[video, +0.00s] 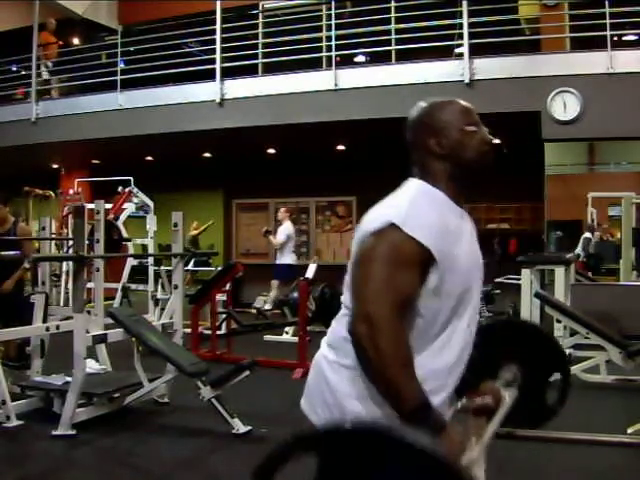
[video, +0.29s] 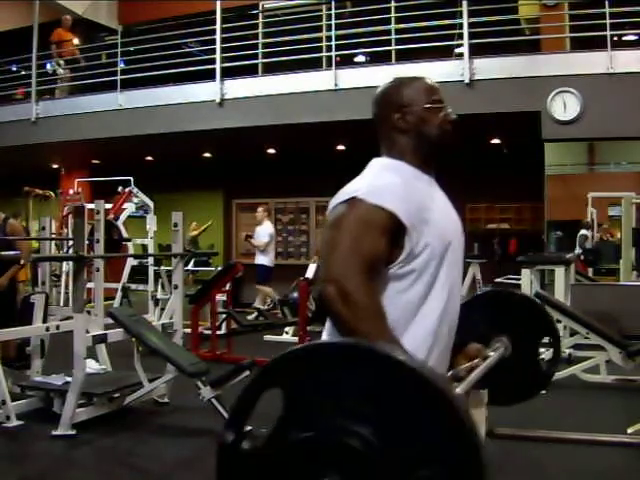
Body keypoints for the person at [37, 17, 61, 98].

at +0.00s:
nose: (53, 26)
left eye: (54, 24)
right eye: (51, 24)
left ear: (55, 25)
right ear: (47, 25)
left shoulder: (52, 36)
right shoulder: (44, 35)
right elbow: (40, 48)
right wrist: (43, 59)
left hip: (53, 60)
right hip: (46, 60)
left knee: (54, 77)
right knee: (45, 78)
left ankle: (54, 93)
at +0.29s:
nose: (68, 23)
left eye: (69, 21)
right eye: (66, 20)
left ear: (71, 22)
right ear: (62, 21)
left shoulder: (70, 34)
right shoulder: (58, 32)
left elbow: (74, 49)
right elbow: (53, 46)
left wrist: (80, 59)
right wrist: (56, 58)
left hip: (71, 59)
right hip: (62, 59)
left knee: (69, 78)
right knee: (63, 78)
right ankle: (59, 96)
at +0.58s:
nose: (84, 21)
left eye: (85, 19)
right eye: (82, 19)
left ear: (85, 20)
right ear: (78, 19)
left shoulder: (85, 31)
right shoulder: (73, 30)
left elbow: (89, 45)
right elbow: (69, 44)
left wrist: (95, 55)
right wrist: (70, 56)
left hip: (88, 56)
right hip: (79, 57)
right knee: (80, 75)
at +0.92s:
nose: (102, 18)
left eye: (103, 16)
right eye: (101, 16)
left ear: (105, 17)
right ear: (97, 16)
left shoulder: (104, 29)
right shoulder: (92, 26)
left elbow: (105, 41)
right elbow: (90, 41)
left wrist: (105, 50)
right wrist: (94, 51)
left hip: (102, 52)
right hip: (95, 52)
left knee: (105, 71)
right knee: (89, 71)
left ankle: (109, 89)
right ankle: (84, 90)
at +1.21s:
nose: (123, 14)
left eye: (124, 11)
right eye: (121, 11)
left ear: (125, 13)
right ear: (117, 12)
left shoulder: (124, 26)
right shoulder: (111, 24)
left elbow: (125, 41)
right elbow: (107, 38)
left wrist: (127, 52)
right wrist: (111, 51)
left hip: (121, 51)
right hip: (111, 51)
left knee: (118, 70)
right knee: (117, 69)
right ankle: (103, 88)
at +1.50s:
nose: (139, 12)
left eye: (140, 9)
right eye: (137, 9)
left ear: (142, 10)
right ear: (133, 10)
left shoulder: (141, 22)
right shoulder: (128, 20)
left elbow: (146, 38)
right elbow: (122, 34)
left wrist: (154, 48)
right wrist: (124, 48)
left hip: (140, 49)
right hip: (132, 48)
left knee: (128, 70)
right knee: (137, 69)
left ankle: (122, 87)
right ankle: (141, 88)